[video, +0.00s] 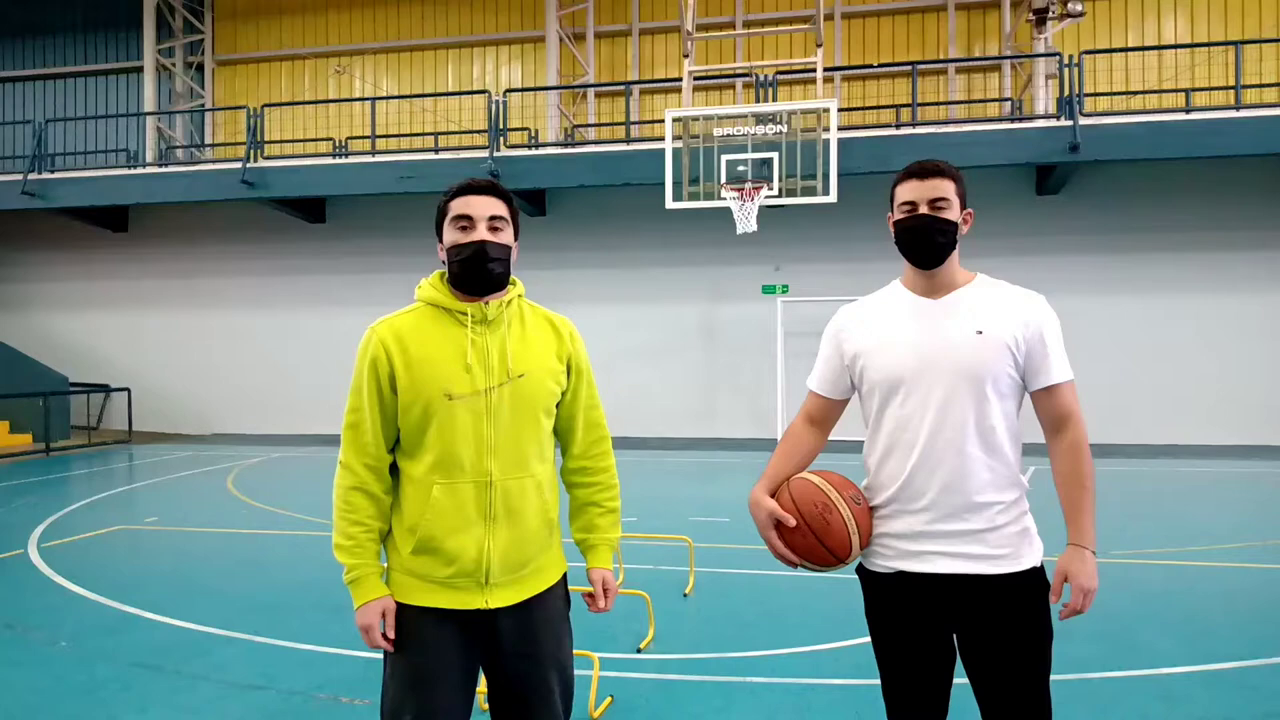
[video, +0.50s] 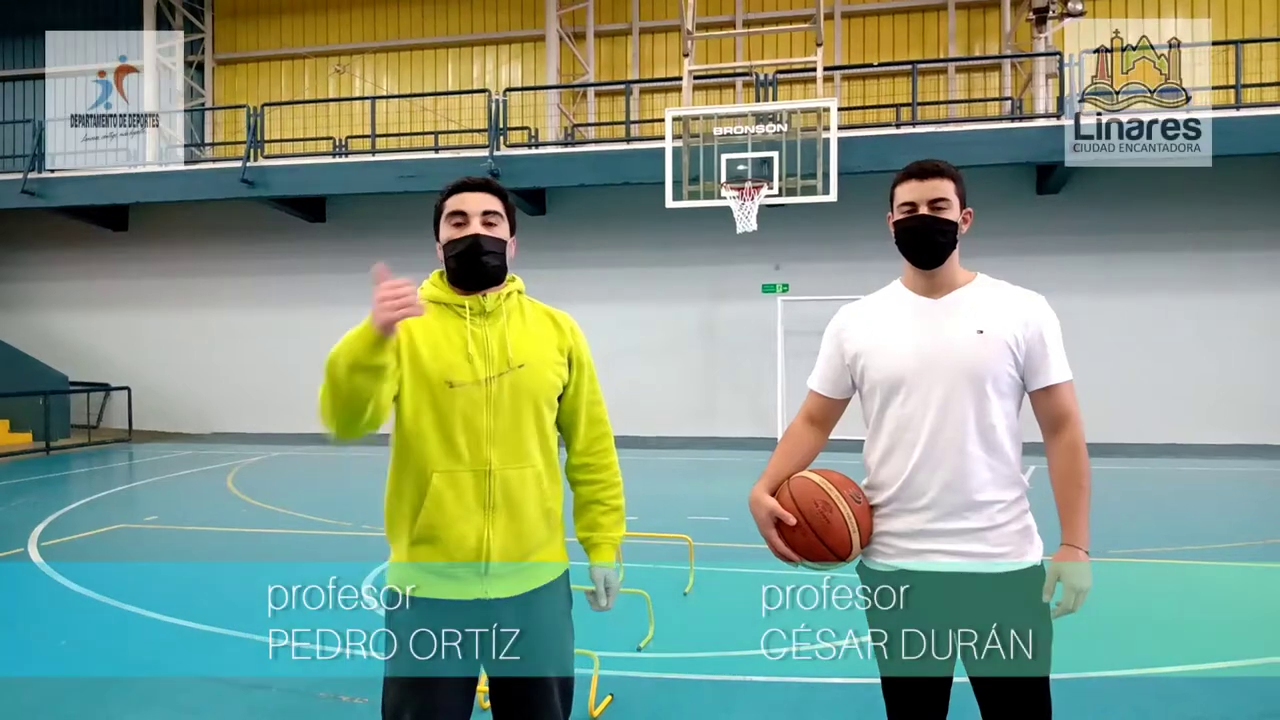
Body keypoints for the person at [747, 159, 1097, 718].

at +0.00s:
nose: (923, 218)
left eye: (939, 206)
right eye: (907, 209)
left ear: (965, 221)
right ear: (891, 226)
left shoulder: (1022, 314)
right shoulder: (854, 324)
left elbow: (1065, 429)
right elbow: (812, 422)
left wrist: (1080, 544)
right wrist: (761, 490)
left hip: (1003, 567)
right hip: (897, 570)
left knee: (1020, 715)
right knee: (912, 716)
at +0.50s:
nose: (922, 218)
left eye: (938, 207)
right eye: (907, 209)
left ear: (965, 220)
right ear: (891, 226)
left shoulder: (1022, 313)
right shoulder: (855, 324)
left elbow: (1063, 430)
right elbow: (812, 423)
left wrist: (1074, 544)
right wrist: (762, 489)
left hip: (1003, 563)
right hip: (898, 565)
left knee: (1020, 709)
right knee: (912, 712)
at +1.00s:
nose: (923, 217)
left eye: (939, 205)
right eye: (908, 208)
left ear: (966, 218)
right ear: (892, 226)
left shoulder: (1022, 313)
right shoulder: (857, 324)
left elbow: (1062, 430)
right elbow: (815, 424)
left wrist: (1073, 544)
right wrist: (762, 487)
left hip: (1003, 561)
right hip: (899, 563)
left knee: (1019, 710)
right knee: (913, 712)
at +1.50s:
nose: (919, 219)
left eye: (934, 207)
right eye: (904, 212)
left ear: (962, 220)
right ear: (890, 231)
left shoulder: (1022, 314)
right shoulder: (857, 326)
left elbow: (1061, 430)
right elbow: (815, 425)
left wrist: (1070, 544)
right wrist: (762, 490)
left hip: (1003, 563)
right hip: (898, 565)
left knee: (1017, 710)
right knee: (913, 713)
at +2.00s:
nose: (921, 218)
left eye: (936, 206)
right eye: (906, 210)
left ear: (963, 219)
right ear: (890, 229)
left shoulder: (1022, 312)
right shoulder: (856, 324)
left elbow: (1060, 428)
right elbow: (813, 423)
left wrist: (1073, 542)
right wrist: (763, 491)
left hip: (1002, 560)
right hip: (899, 562)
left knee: (1018, 710)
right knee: (912, 712)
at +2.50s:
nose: (925, 218)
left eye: (940, 207)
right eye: (910, 209)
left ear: (966, 220)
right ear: (893, 227)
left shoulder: (1022, 314)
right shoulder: (858, 324)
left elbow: (1060, 431)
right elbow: (815, 424)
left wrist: (1070, 545)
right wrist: (763, 492)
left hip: (1003, 561)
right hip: (900, 563)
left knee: (1018, 711)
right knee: (913, 713)